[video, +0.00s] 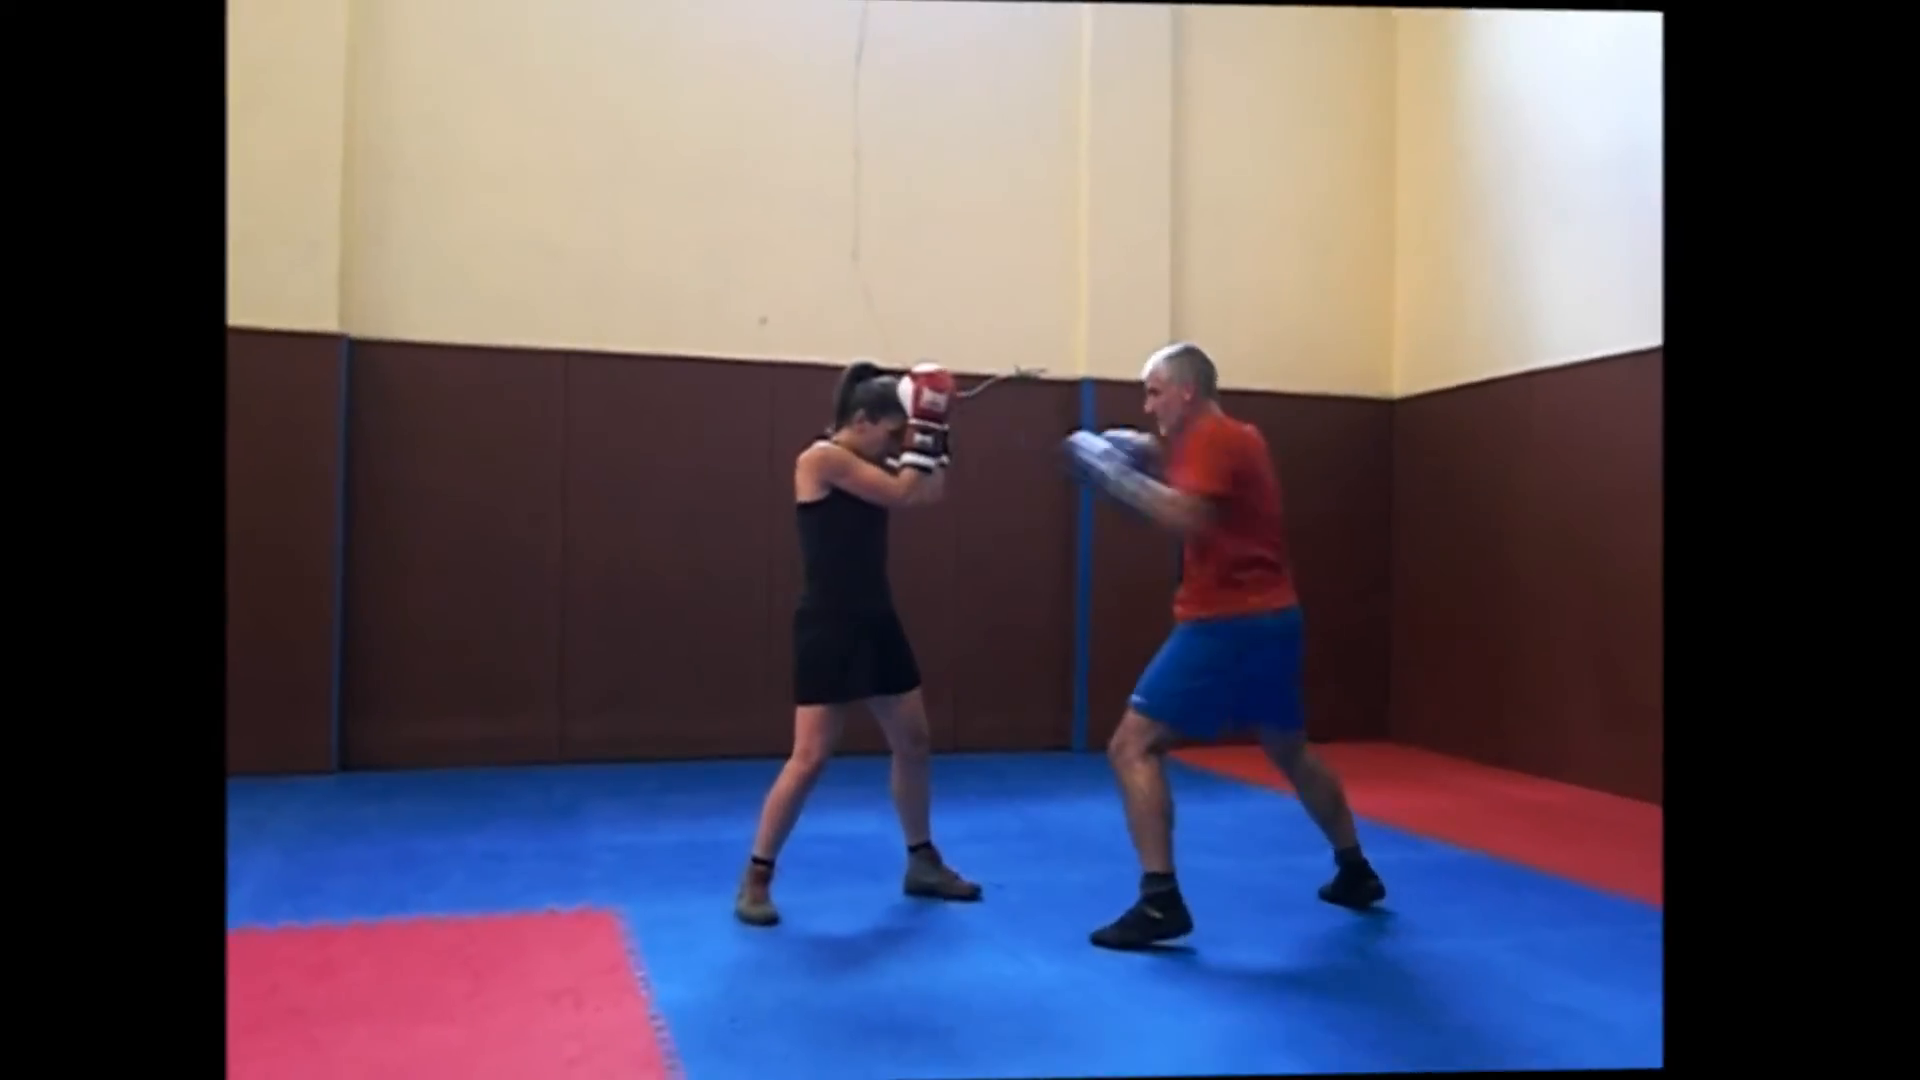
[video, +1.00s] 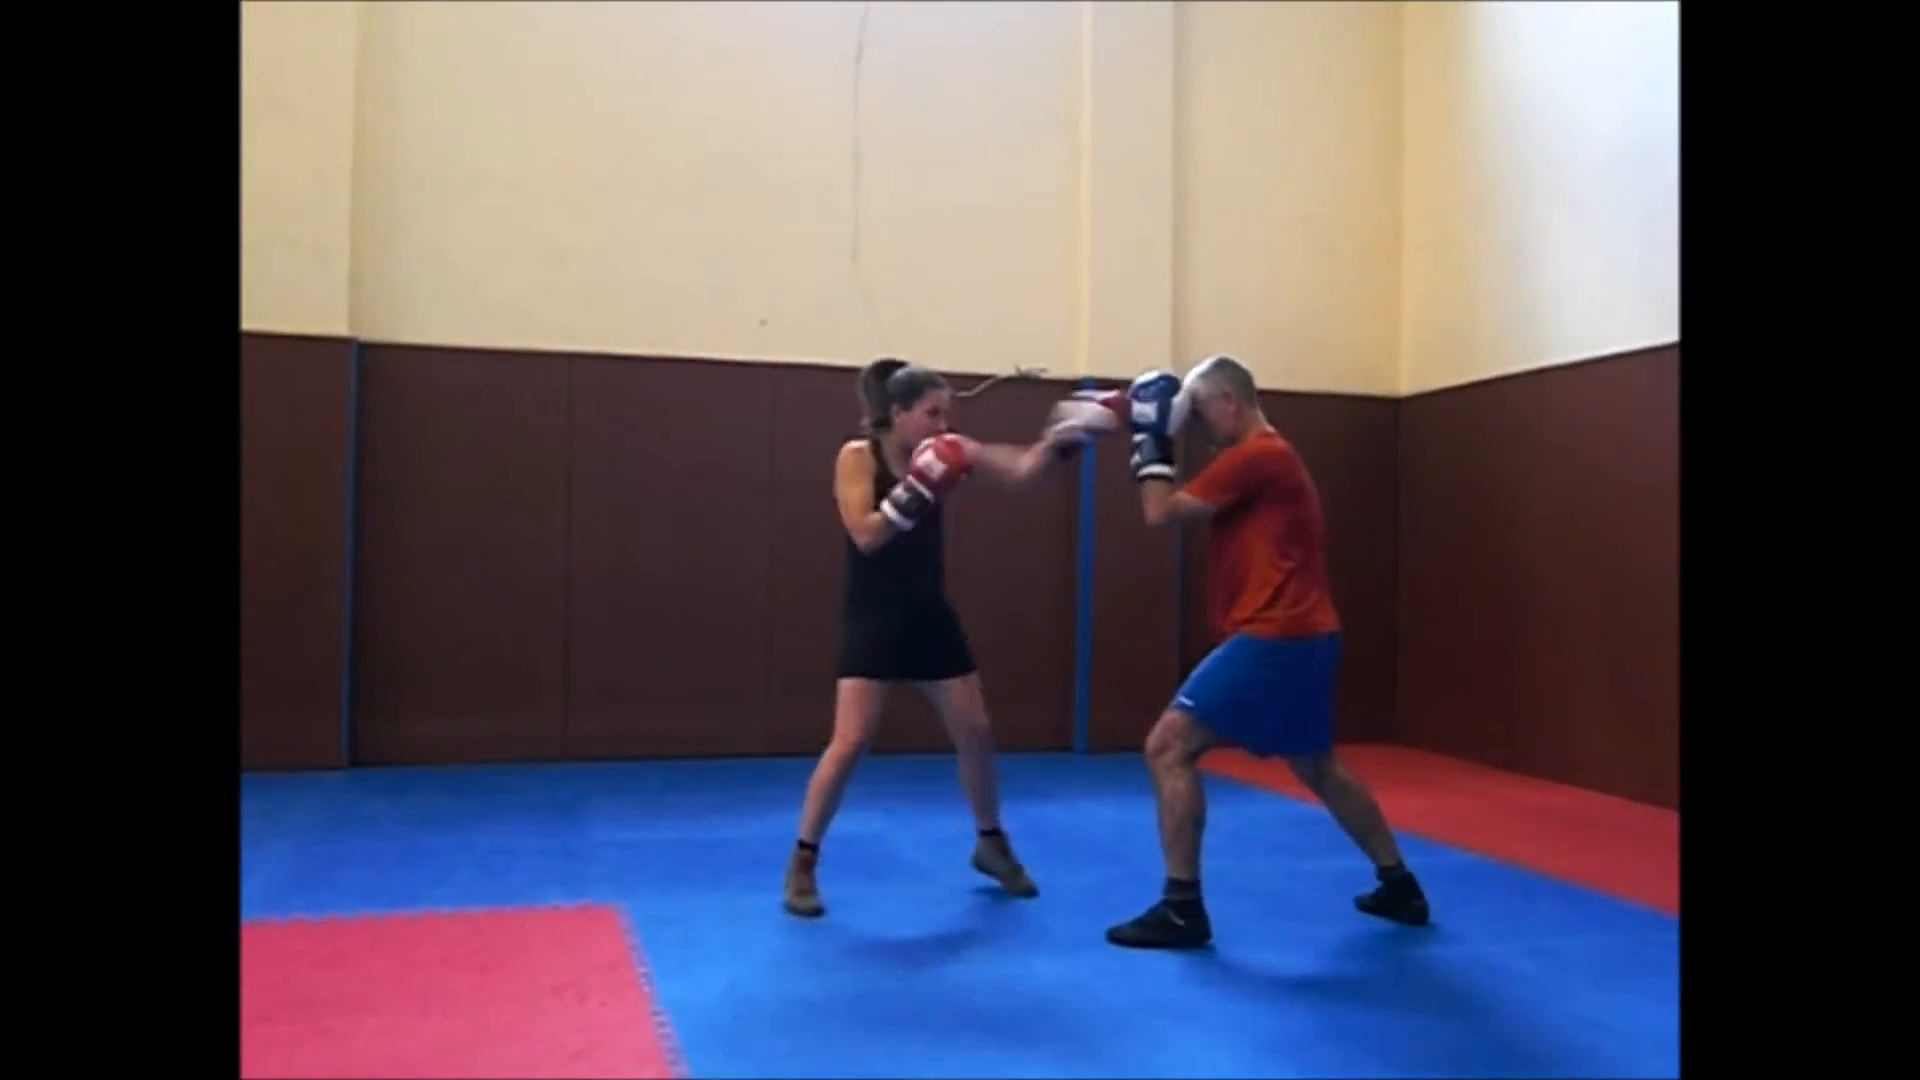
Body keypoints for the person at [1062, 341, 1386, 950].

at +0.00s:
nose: (1148, 405)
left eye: (1155, 392)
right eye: (1147, 393)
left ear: (1186, 391)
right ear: (1195, 393)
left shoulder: (1205, 439)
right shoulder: (1242, 435)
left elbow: (1188, 514)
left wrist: (1112, 476)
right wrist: (1151, 458)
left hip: (1218, 626)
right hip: (1273, 622)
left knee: (1132, 748)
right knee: (1291, 751)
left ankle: (1160, 901)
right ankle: (1355, 870)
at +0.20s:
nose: (1157, 420)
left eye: (1161, 409)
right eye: (1157, 410)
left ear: (1186, 408)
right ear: (1219, 407)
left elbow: (1076, 449)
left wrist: (994, 430)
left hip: (1223, 631)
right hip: (1293, 627)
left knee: (1135, 758)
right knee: (1317, 754)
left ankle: (1163, 911)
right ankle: (1365, 883)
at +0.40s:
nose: (1180, 400)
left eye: (1185, 387)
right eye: (1179, 389)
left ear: (1217, 385)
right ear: (1237, 387)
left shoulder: (1220, 437)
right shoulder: (1287, 435)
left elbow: (1182, 506)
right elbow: (1243, 496)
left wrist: (1127, 475)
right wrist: (1177, 461)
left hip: (1251, 619)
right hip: (1307, 612)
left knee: (1161, 740)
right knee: (1312, 750)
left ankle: (1164, 896)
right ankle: (1364, 883)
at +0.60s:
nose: (1197, 414)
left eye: (1197, 400)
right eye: (1193, 403)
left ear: (1224, 389)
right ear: (1228, 391)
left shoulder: (1257, 438)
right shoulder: (1257, 439)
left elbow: (1168, 484)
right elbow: (1156, 483)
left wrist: (1150, 419)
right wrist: (1146, 418)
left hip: (1269, 622)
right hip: (1296, 622)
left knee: (1184, 744)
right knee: (1299, 755)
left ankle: (1182, 904)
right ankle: (1370, 878)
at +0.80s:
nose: (1189, 411)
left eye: (1192, 397)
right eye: (1186, 400)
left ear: (1218, 387)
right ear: (1227, 389)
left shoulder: (1247, 439)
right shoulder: (1258, 439)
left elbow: (1154, 488)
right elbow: (1170, 482)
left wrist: (1140, 415)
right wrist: (1148, 419)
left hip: (1262, 623)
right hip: (1296, 621)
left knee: (1174, 746)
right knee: (1317, 754)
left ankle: (1182, 906)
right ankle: (1379, 879)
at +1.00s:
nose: (1201, 423)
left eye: (1203, 410)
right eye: (1197, 412)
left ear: (1231, 402)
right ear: (1237, 403)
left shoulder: (1255, 458)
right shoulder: (1271, 454)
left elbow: (1159, 509)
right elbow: (1176, 501)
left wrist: (1148, 436)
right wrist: (1159, 433)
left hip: (1270, 636)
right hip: (1305, 636)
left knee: (1168, 748)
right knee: (1319, 767)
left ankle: (1182, 907)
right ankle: (1399, 886)